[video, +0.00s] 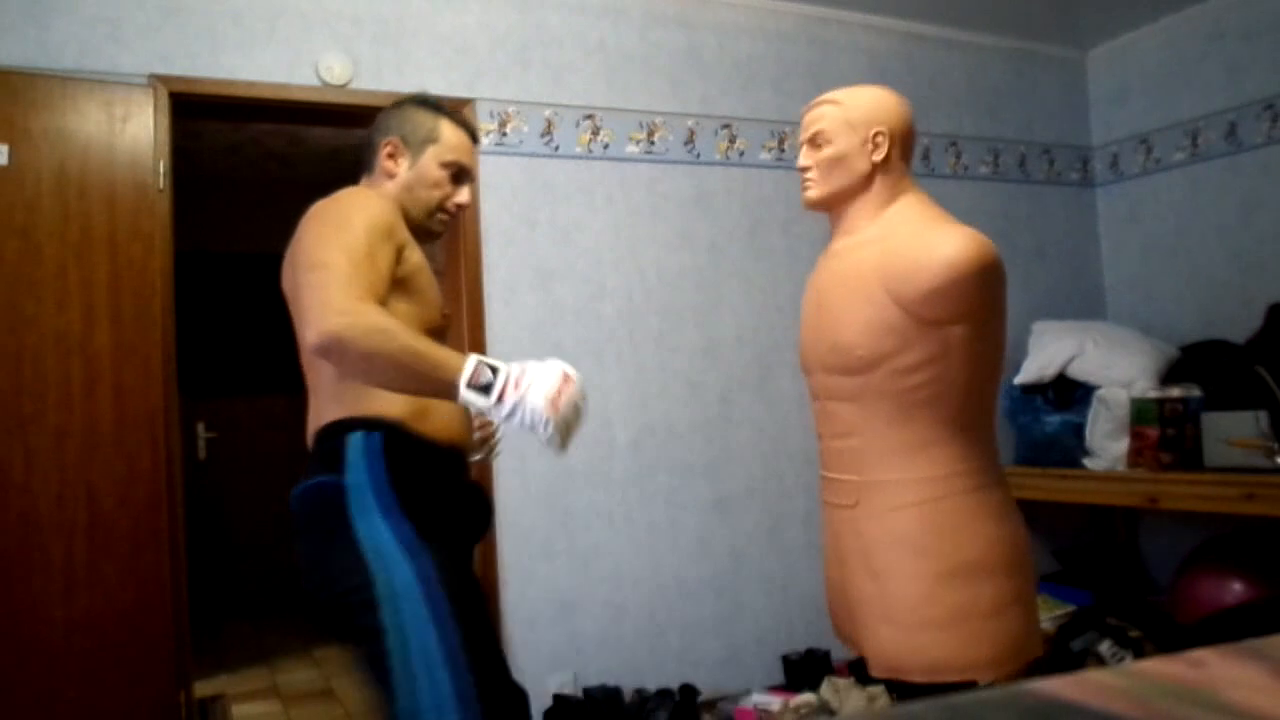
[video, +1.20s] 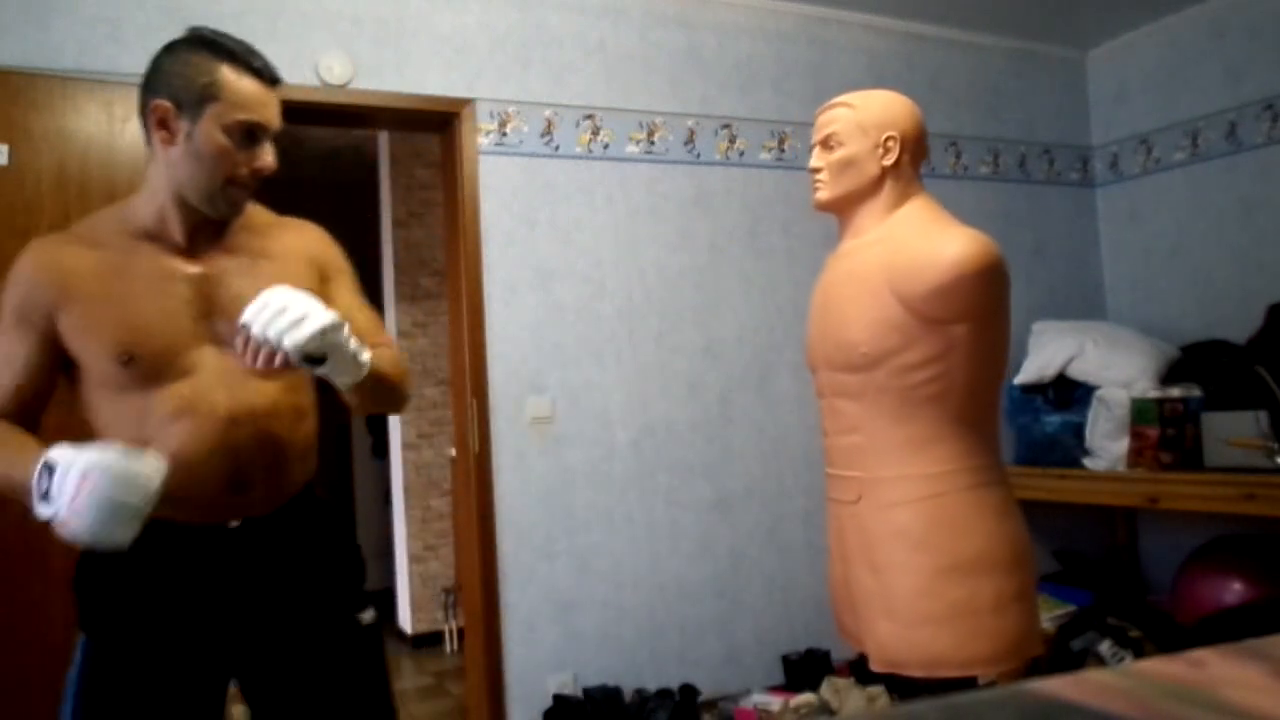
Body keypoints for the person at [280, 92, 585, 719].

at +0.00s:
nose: (464, 199)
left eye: (470, 184)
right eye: (453, 174)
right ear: (392, 157)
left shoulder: (400, 250)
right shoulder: (352, 212)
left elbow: (378, 390)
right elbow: (334, 326)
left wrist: (462, 429)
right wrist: (492, 380)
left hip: (416, 475)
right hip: (373, 472)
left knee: (487, 692)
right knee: (449, 694)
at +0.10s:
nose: (464, 192)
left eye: (470, 177)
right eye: (453, 166)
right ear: (390, 150)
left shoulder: (392, 263)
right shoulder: (325, 222)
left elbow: (360, 416)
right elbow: (282, 357)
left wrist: (454, 438)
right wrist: (438, 384)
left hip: (397, 510)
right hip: (330, 504)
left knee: (486, 708)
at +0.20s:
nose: (444, 213)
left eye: (449, 195)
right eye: (431, 187)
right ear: (362, 173)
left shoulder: (402, 308)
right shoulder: (265, 274)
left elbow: (379, 448)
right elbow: (202, 440)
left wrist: (453, 470)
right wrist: (375, 470)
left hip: (378, 578)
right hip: (269, 577)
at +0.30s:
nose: (405, 229)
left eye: (408, 210)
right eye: (387, 205)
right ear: (314, 192)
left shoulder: (390, 326)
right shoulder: (197, 317)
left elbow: (424, 435)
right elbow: (106, 490)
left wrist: (473, 491)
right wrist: (255, 546)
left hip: (358, 625)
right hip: (220, 625)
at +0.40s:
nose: (373, 182)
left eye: (376, 161)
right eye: (352, 157)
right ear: (276, 140)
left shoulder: (364, 270)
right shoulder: (149, 258)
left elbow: (385, 377)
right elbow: (36, 400)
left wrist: (421, 416)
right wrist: (133, 471)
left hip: (321, 566)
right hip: (184, 573)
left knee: (410, 718)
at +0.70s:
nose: (274, 163)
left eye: (278, 144)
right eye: (251, 137)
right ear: (173, 130)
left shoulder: (296, 267)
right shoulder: (52, 263)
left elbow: (351, 383)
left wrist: (360, 431)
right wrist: (50, 475)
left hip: (268, 567)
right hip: (118, 577)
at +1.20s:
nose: (268, 162)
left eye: (271, 141)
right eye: (245, 136)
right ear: (165, 126)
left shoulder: (304, 247)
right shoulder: (57, 270)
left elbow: (391, 391)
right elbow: (3, 423)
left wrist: (336, 347)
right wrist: (47, 476)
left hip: (298, 564)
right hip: (149, 575)